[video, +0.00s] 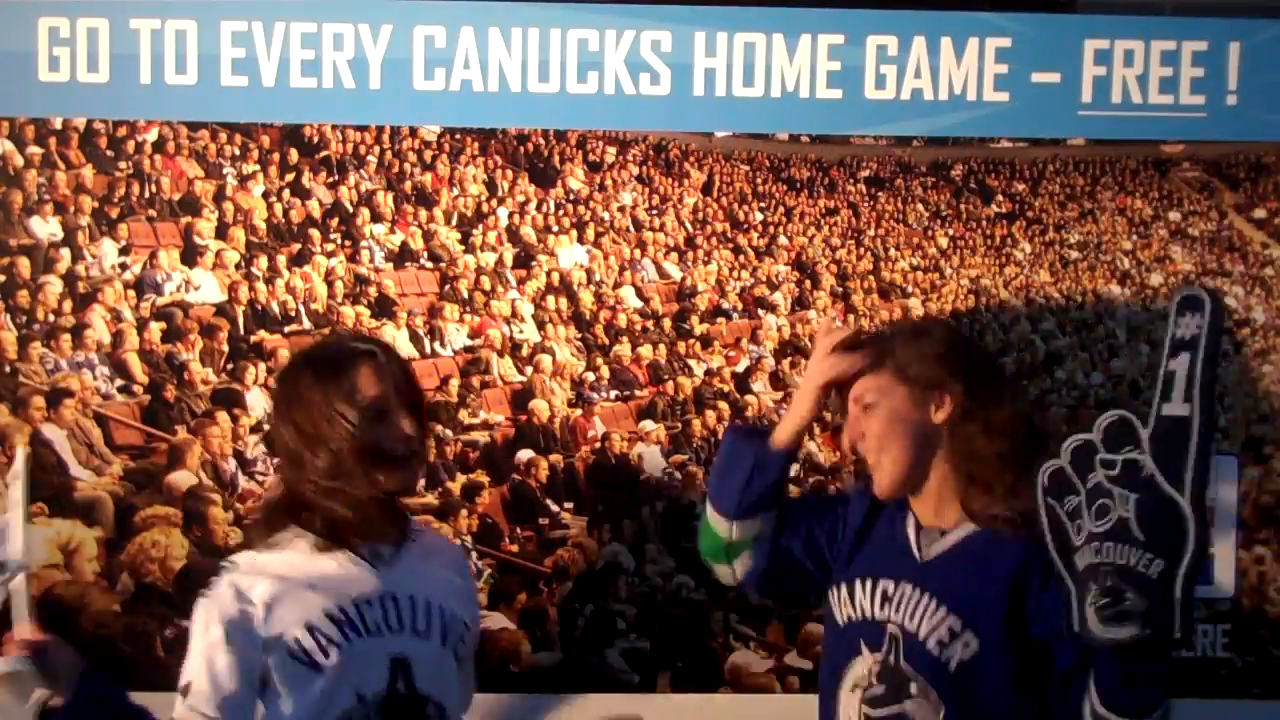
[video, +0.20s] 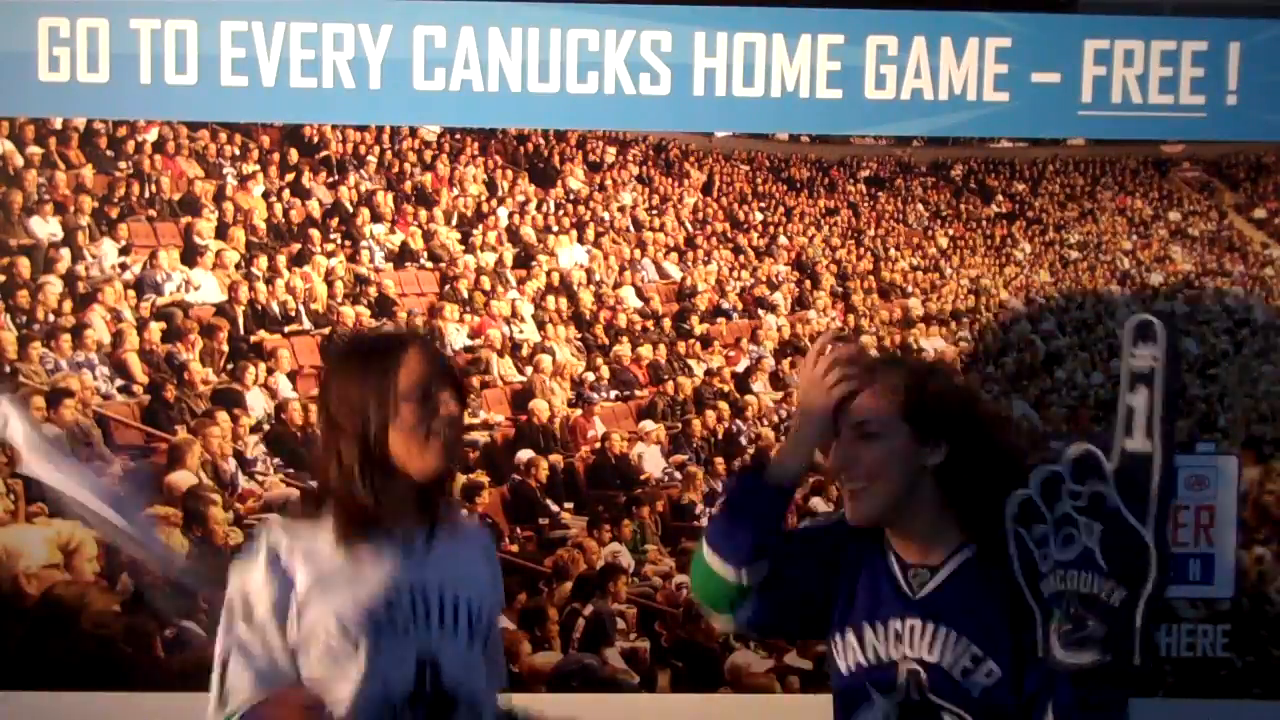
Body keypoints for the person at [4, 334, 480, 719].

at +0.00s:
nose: (408, 431)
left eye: (412, 409)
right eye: (376, 416)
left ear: (425, 416)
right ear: (319, 434)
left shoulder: (452, 567)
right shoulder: (247, 595)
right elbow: (202, 713)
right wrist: (82, 687)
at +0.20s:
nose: (452, 408)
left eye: (451, 391)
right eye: (424, 396)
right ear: (364, 414)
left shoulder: (475, 546)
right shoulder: (280, 552)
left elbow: (488, 691)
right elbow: (248, 701)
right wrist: (274, 707)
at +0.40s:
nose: (447, 378)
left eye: (454, 358)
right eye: (419, 356)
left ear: (467, 375)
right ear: (363, 367)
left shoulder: (463, 515)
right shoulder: (289, 521)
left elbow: (488, 687)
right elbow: (286, 709)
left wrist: (593, 639)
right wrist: (422, 676)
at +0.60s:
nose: (434, 400)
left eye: (443, 380)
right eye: (404, 382)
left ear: (455, 395)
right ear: (351, 403)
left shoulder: (490, 529)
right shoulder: (304, 549)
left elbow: (511, 677)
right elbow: (264, 709)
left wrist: (595, 587)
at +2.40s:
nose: (427, 410)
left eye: (446, 392)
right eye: (402, 391)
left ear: (466, 412)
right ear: (362, 410)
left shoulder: (501, 537)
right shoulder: (293, 555)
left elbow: (531, 695)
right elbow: (252, 709)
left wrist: (620, 647)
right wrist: (160, 683)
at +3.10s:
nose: (433, 412)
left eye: (445, 391)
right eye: (407, 392)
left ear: (464, 407)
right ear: (361, 409)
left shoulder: (490, 546)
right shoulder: (294, 552)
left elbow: (509, 703)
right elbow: (246, 704)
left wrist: (567, 680)